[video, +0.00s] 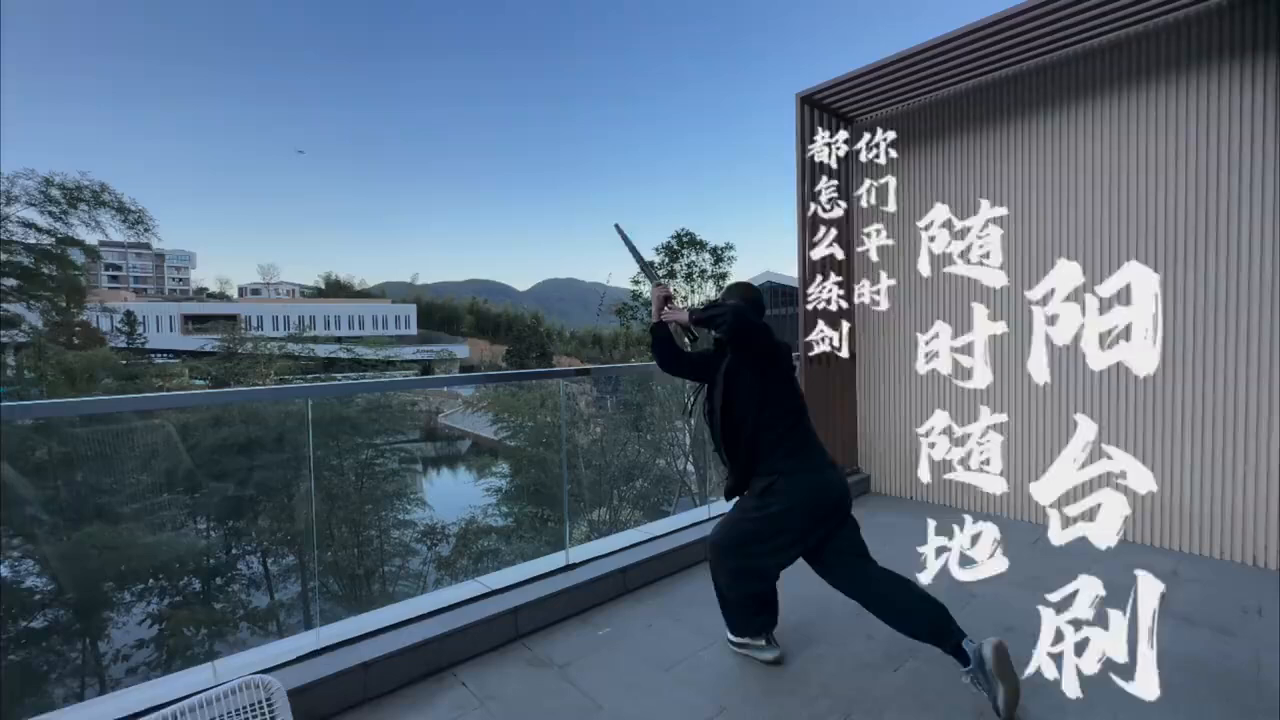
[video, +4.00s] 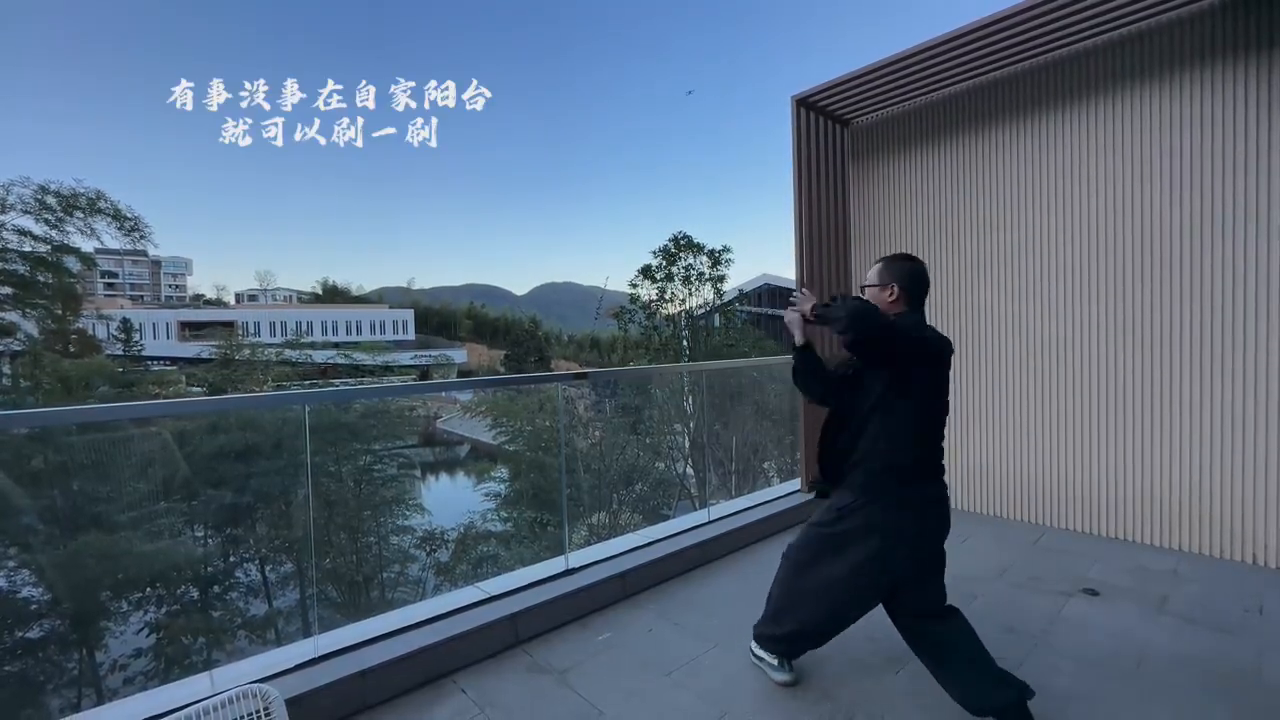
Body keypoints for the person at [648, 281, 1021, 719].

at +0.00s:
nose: (712, 316)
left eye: (717, 310)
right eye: (717, 311)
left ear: (734, 314)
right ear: (750, 314)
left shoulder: (758, 347)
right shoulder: (721, 362)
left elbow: (736, 316)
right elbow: (674, 362)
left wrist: (687, 318)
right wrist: (658, 320)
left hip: (790, 486)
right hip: (812, 485)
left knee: (729, 546)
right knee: (863, 578)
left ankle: (754, 635)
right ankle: (970, 654)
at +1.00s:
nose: (754, 301)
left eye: (758, 293)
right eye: (756, 293)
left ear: (775, 297)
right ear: (797, 296)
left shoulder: (784, 349)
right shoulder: (836, 330)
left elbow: (790, 430)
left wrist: (779, 482)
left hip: (838, 481)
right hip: (894, 470)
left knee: (803, 560)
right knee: (923, 576)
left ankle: (780, 645)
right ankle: (988, 688)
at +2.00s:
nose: (867, 312)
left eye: (870, 303)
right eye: (869, 303)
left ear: (887, 308)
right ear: (921, 307)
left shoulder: (878, 366)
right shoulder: (971, 360)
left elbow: (812, 401)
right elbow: (983, 406)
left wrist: (820, 362)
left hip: (887, 509)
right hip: (955, 514)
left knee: (818, 555)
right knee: (945, 607)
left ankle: (784, 646)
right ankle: (988, 705)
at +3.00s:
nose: (791, 316)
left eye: (794, 309)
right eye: (793, 308)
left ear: (808, 314)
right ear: (843, 313)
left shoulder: (791, 367)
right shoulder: (890, 347)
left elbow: (735, 399)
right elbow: (947, 393)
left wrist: (749, 420)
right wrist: (915, 432)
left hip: (834, 501)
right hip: (904, 496)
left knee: (792, 560)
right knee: (935, 591)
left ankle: (770, 644)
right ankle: (988, 700)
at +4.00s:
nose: (864, 298)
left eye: (870, 290)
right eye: (865, 291)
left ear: (892, 294)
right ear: (900, 298)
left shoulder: (920, 341)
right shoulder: (880, 352)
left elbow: (865, 327)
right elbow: (830, 392)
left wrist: (825, 309)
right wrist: (801, 344)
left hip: (875, 498)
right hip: (916, 501)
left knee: (807, 559)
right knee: (924, 613)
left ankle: (773, 644)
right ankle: (1006, 704)